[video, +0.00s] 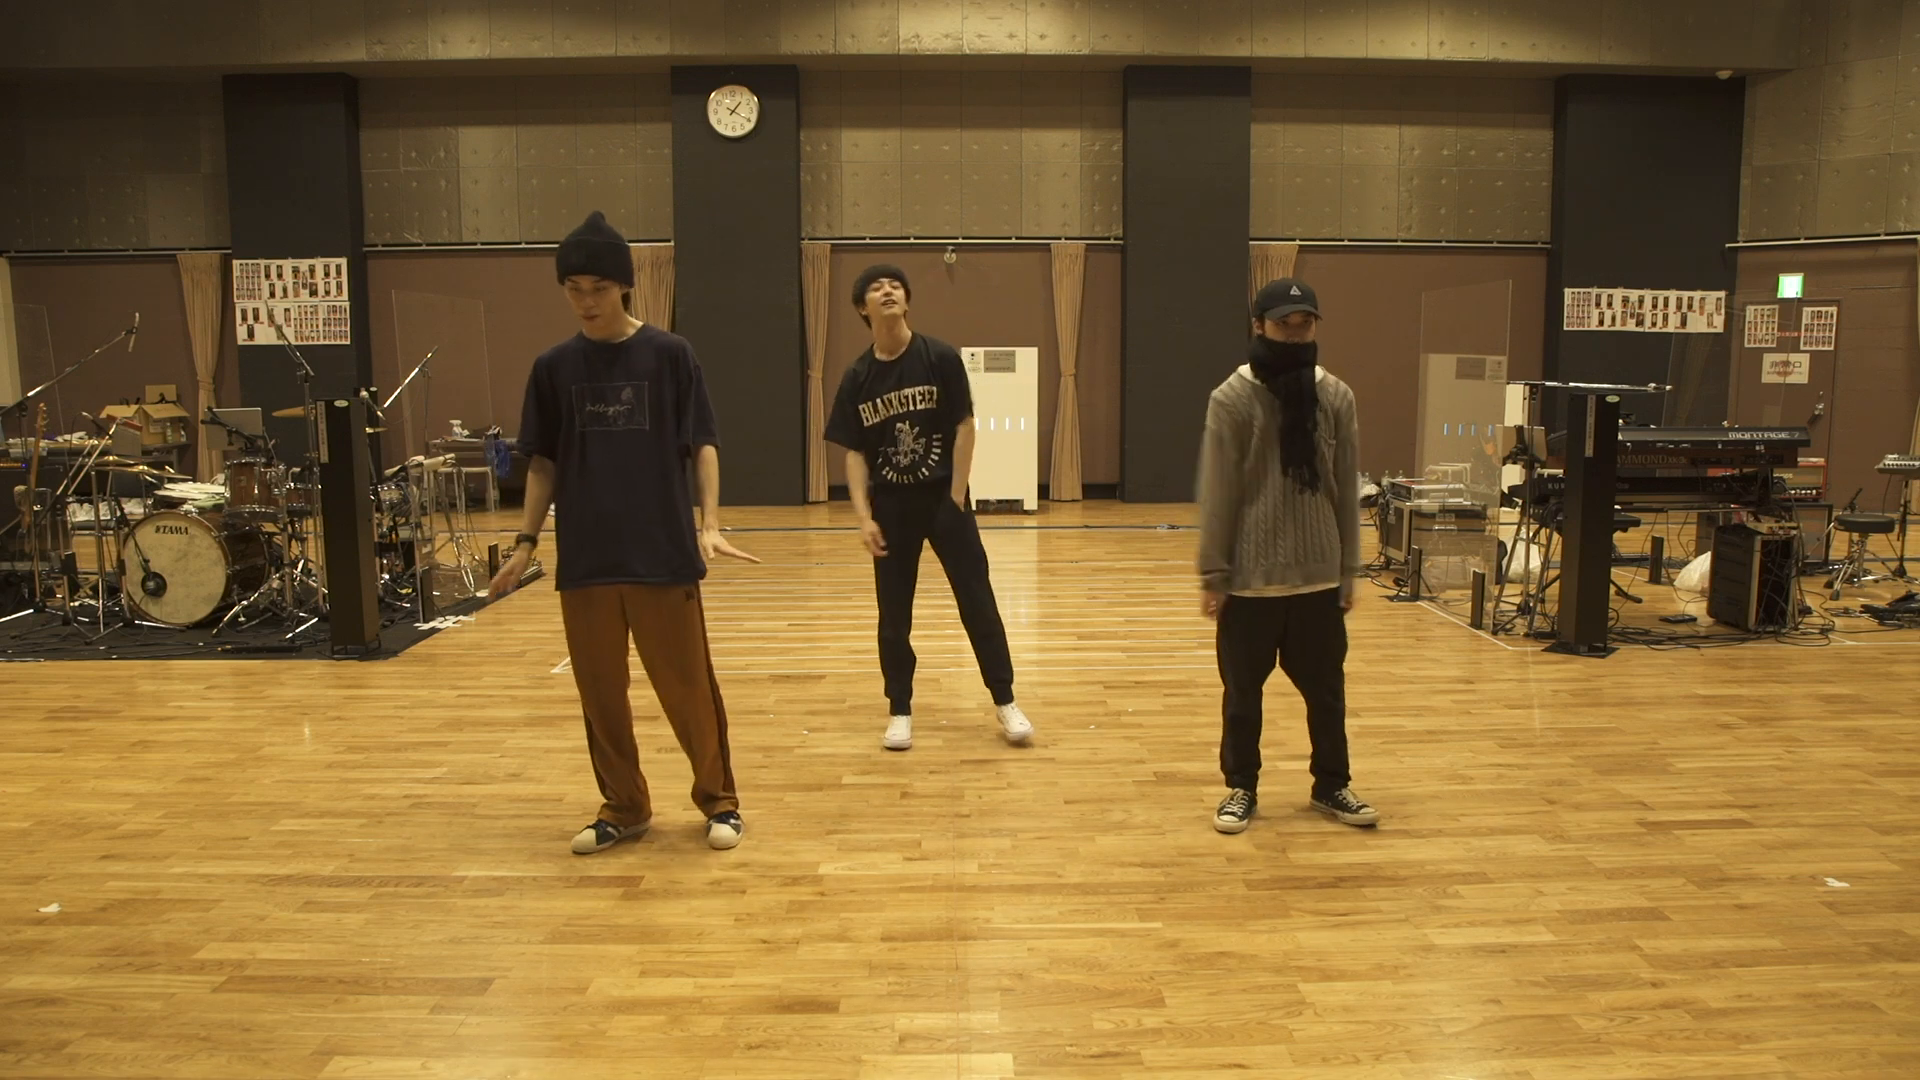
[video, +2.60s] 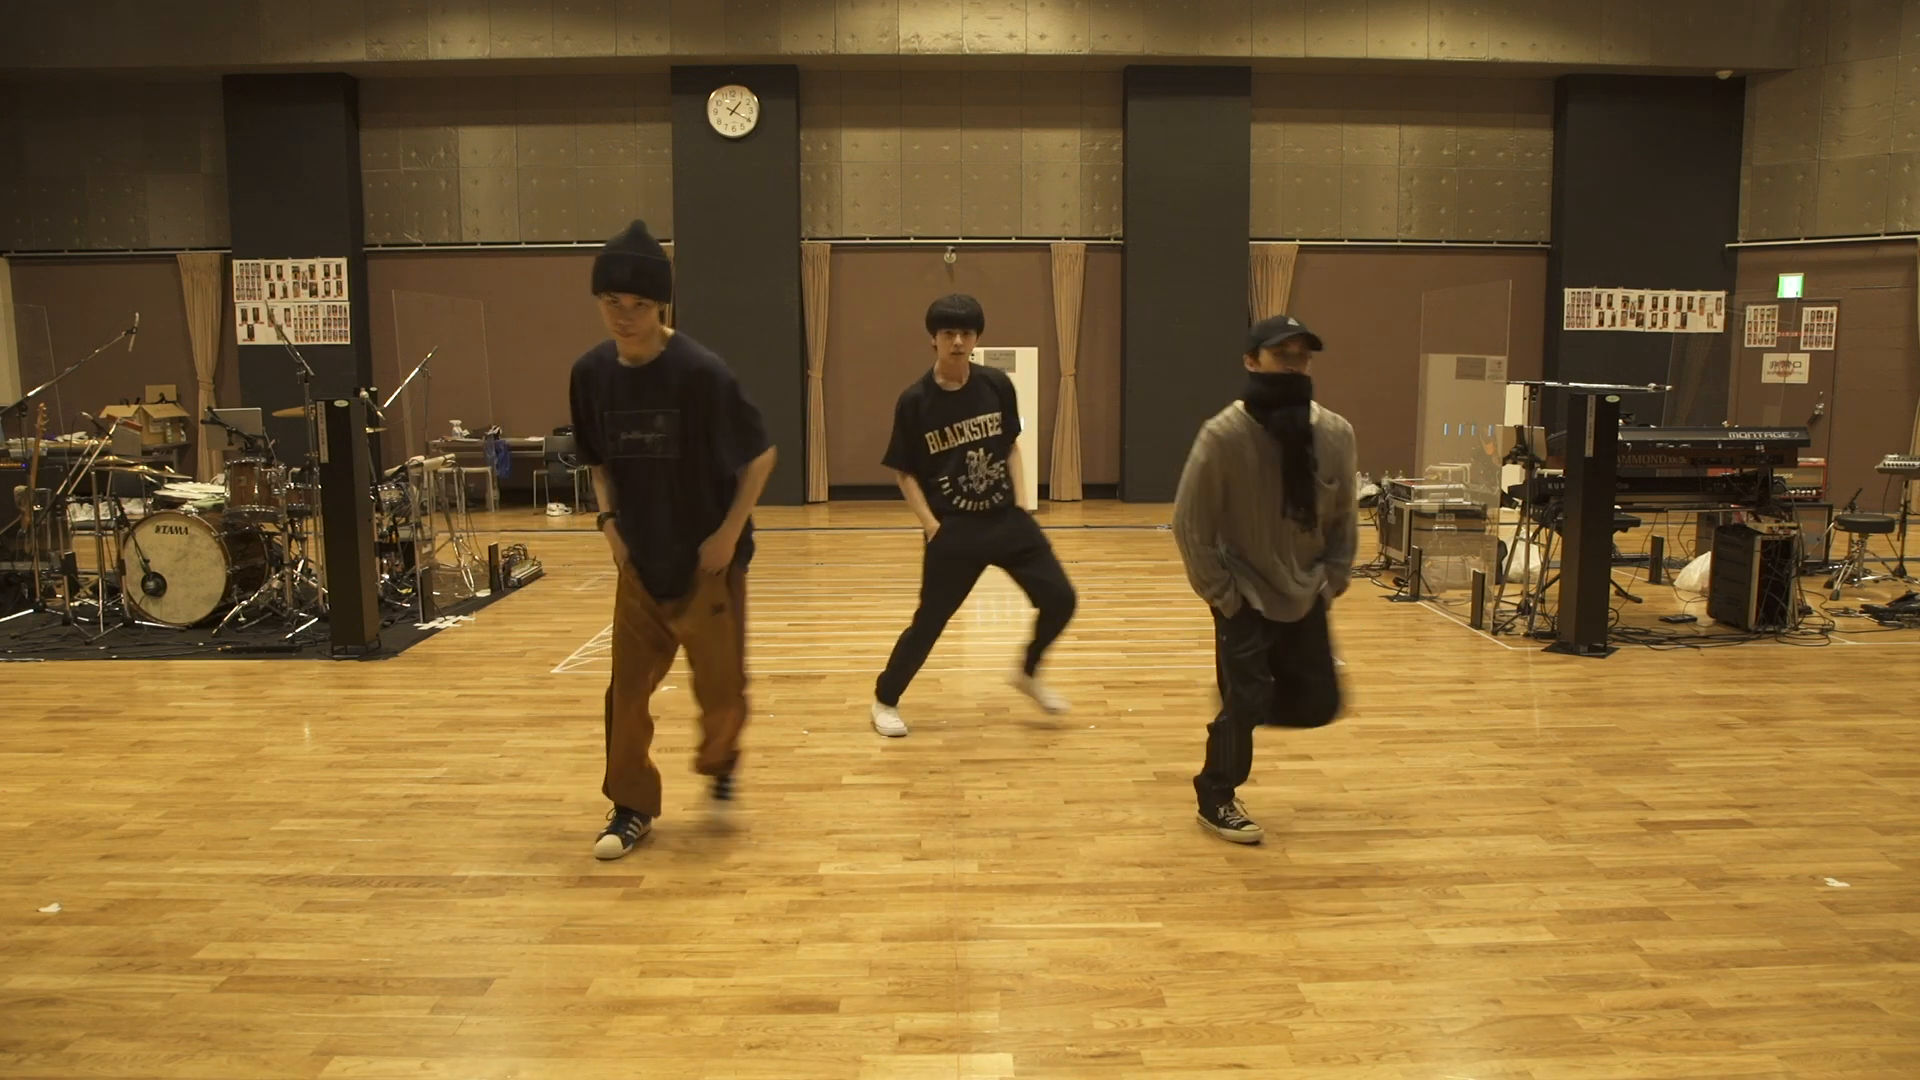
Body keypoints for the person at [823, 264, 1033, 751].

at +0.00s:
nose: (886, 291)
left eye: (894, 286)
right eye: (875, 288)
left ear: (908, 301)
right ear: (862, 309)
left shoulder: (941, 357)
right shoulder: (857, 377)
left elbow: (965, 427)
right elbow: (854, 452)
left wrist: (957, 495)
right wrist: (864, 517)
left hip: (945, 501)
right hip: (890, 508)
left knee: (979, 603)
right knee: (892, 616)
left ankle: (1005, 702)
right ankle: (899, 712)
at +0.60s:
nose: (948, 301)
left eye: (952, 293)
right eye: (936, 300)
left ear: (965, 301)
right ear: (923, 318)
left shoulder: (998, 364)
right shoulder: (914, 376)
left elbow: (1013, 432)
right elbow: (882, 442)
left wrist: (1010, 492)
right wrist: (871, 511)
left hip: (990, 502)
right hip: (935, 505)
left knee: (987, 603)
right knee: (921, 606)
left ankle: (987, 695)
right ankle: (903, 712)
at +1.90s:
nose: (922, 318)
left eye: (931, 308)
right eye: (913, 309)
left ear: (950, 301)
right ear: (903, 308)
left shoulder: (979, 330)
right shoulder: (899, 357)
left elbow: (1010, 399)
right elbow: (914, 421)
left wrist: (989, 456)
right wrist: (928, 474)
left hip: (993, 457)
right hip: (944, 469)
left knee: (998, 541)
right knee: (947, 575)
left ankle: (1010, 638)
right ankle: (973, 684)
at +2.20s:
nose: (946, 337)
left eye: (954, 328)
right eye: (937, 328)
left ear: (967, 325)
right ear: (923, 328)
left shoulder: (993, 365)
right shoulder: (906, 379)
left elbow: (1009, 429)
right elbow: (900, 446)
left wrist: (1012, 488)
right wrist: (922, 498)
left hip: (997, 502)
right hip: (943, 508)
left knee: (1002, 603)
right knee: (962, 610)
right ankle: (1008, 695)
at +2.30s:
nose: (948, 335)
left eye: (956, 326)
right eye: (939, 327)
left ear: (968, 328)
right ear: (924, 330)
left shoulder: (996, 374)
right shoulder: (907, 383)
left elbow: (1007, 439)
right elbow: (898, 449)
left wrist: (1003, 501)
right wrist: (924, 501)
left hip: (987, 513)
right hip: (937, 513)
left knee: (965, 602)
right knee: (938, 601)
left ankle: (936, 672)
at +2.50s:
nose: (952, 345)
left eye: (960, 336)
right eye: (943, 336)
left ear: (971, 341)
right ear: (928, 342)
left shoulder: (990, 390)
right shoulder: (910, 405)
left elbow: (1000, 455)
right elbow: (895, 476)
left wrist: (1007, 515)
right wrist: (922, 530)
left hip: (991, 530)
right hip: (939, 534)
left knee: (1023, 618)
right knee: (915, 632)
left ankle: (964, 659)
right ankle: (882, 703)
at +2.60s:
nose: (958, 343)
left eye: (966, 334)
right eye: (949, 334)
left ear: (977, 340)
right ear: (933, 339)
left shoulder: (998, 386)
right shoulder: (914, 402)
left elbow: (1011, 449)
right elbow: (905, 471)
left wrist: (1021, 507)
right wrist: (931, 526)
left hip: (1007, 522)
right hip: (954, 532)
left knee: (1060, 601)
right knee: (929, 624)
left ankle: (1027, 672)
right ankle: (885, 701)